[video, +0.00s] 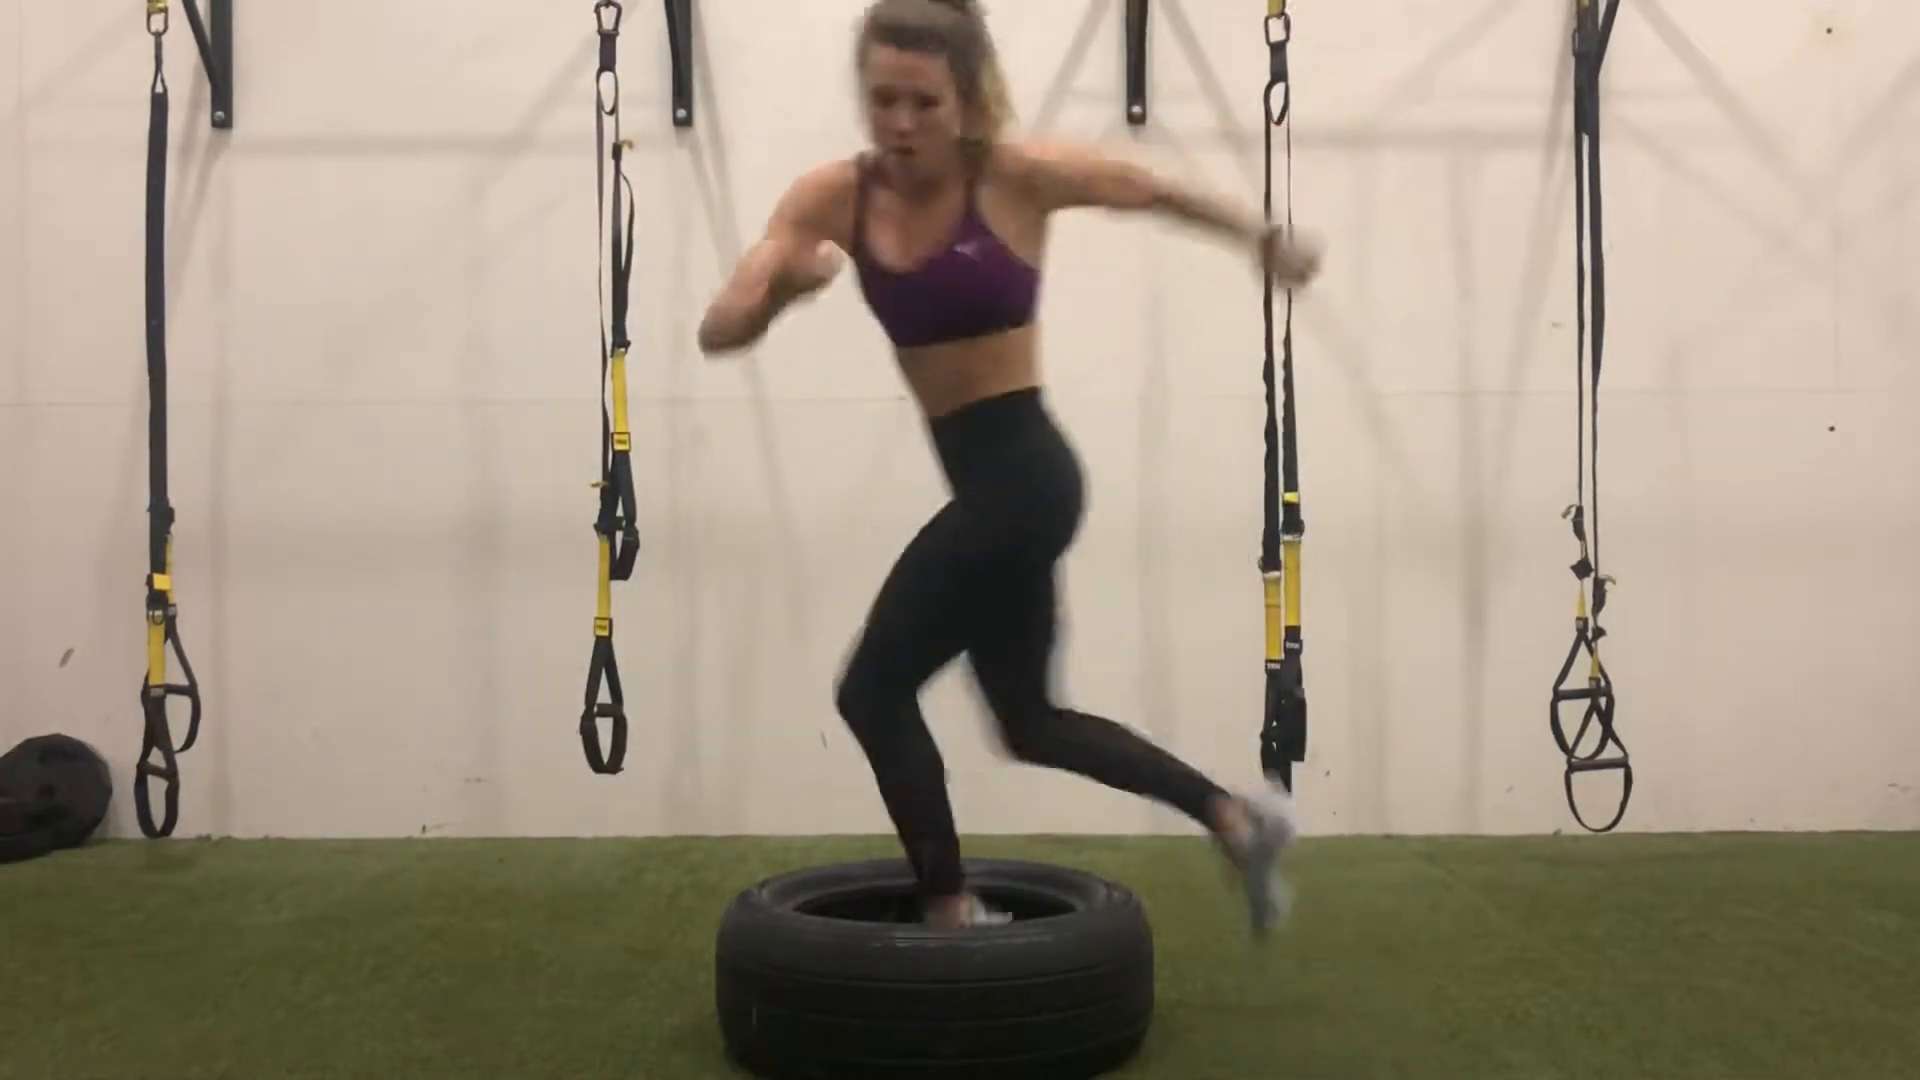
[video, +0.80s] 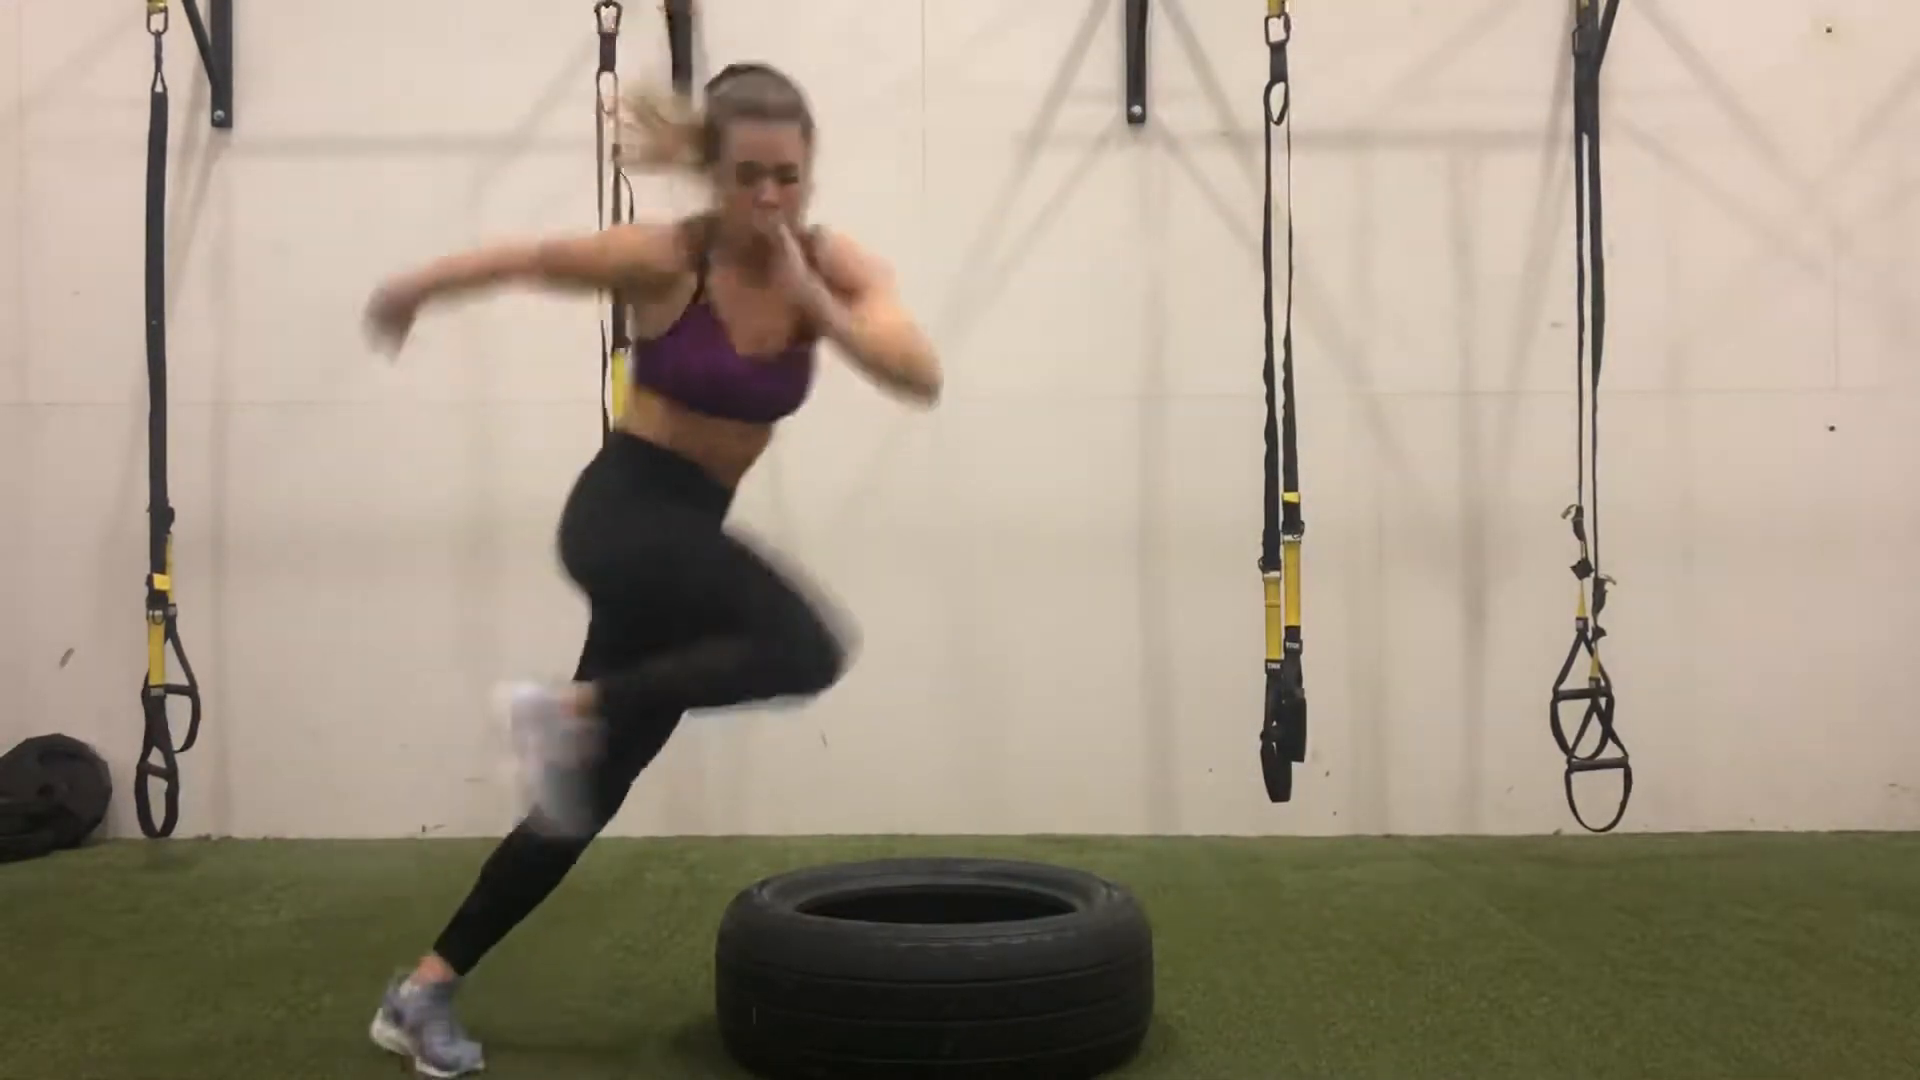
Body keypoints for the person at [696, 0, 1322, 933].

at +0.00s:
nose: (900, 124)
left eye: (923, 102)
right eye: (882, 99)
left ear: (967, 101)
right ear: (861, 97)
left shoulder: (1017, 178)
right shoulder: (832, 196)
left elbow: (1157, 192)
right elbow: (717, 336)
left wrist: (1267, 240)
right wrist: (777, 292)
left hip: (1025, 478)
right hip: (981, 482)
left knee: (874, 692)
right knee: (1029, 725)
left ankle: (949, 922)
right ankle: (1235, 818)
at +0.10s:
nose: (845, 122)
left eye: (867, 100)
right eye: (827, 98)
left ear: (910, 97)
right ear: (807, 95)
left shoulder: (966, 189)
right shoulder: (783, 207)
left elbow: (1084, 281)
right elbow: (699, 318)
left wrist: (1180, 368)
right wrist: (701, 383)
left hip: (961, 485)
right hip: (910, 492)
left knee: (876, 712)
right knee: (875, 718)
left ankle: (969, 941)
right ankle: (1053, 693)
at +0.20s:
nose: (759, 91)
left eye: (782, 72)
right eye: (744, 68)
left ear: (826, 78)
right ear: (726, 68)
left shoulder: (881, 162)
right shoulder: (698, 186)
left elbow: (1025, 262)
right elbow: (656, 259)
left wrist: (1013, 381)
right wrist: (666, 382)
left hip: (909, 446)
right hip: (817, 457)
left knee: (884, 695)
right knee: (689, 643)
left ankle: (975, 913)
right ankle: (833, 763)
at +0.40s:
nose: (665, 172)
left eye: (688, 150)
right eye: (645, 148)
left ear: (722, 152)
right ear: (614, 146)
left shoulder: (768, 246)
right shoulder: (569, 281)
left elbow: (833, 356)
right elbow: (561, 402)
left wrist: (834, 427)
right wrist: (576, 433)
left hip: (744, 504)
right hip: (633, 513)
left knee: (671, 589)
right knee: (556, 751)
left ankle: (773, 712)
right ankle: (486, 969)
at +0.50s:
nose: (663, 144)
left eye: (682, 124)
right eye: (642, 123)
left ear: (710, 129)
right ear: (607, 128)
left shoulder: (766, 227)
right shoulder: (573, 235)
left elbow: (822, 301)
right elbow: (503, 403)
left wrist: (839, 417)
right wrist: (559, 336)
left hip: (718, 507)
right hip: (606, 498)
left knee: (605, 644)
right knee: (519, 722)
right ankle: (479, 956)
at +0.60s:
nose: (707, 135)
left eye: (724, 114)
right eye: (682, 116)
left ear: (747, 109)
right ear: (637, 115)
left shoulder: (785, 213)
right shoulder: (598, 215)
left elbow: (840, 274)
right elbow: (496, 335)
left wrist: (875, 377)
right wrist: (525, 384)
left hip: (697, 509)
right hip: (588, 482)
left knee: (600, 766)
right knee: (483, 734)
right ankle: (410, 911)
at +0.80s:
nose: (772, 195)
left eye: (789, 173)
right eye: (751, 175)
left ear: (812, 168)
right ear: (713, 171)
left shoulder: (830, 260)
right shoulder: (664, 255)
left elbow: (923, 378)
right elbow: (533, 261)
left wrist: (824, 305)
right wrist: (413, 288)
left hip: (688, 528)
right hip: (624, 509)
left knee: (593, 785)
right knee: (804, 648)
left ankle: (427, 987)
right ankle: (572, 713)